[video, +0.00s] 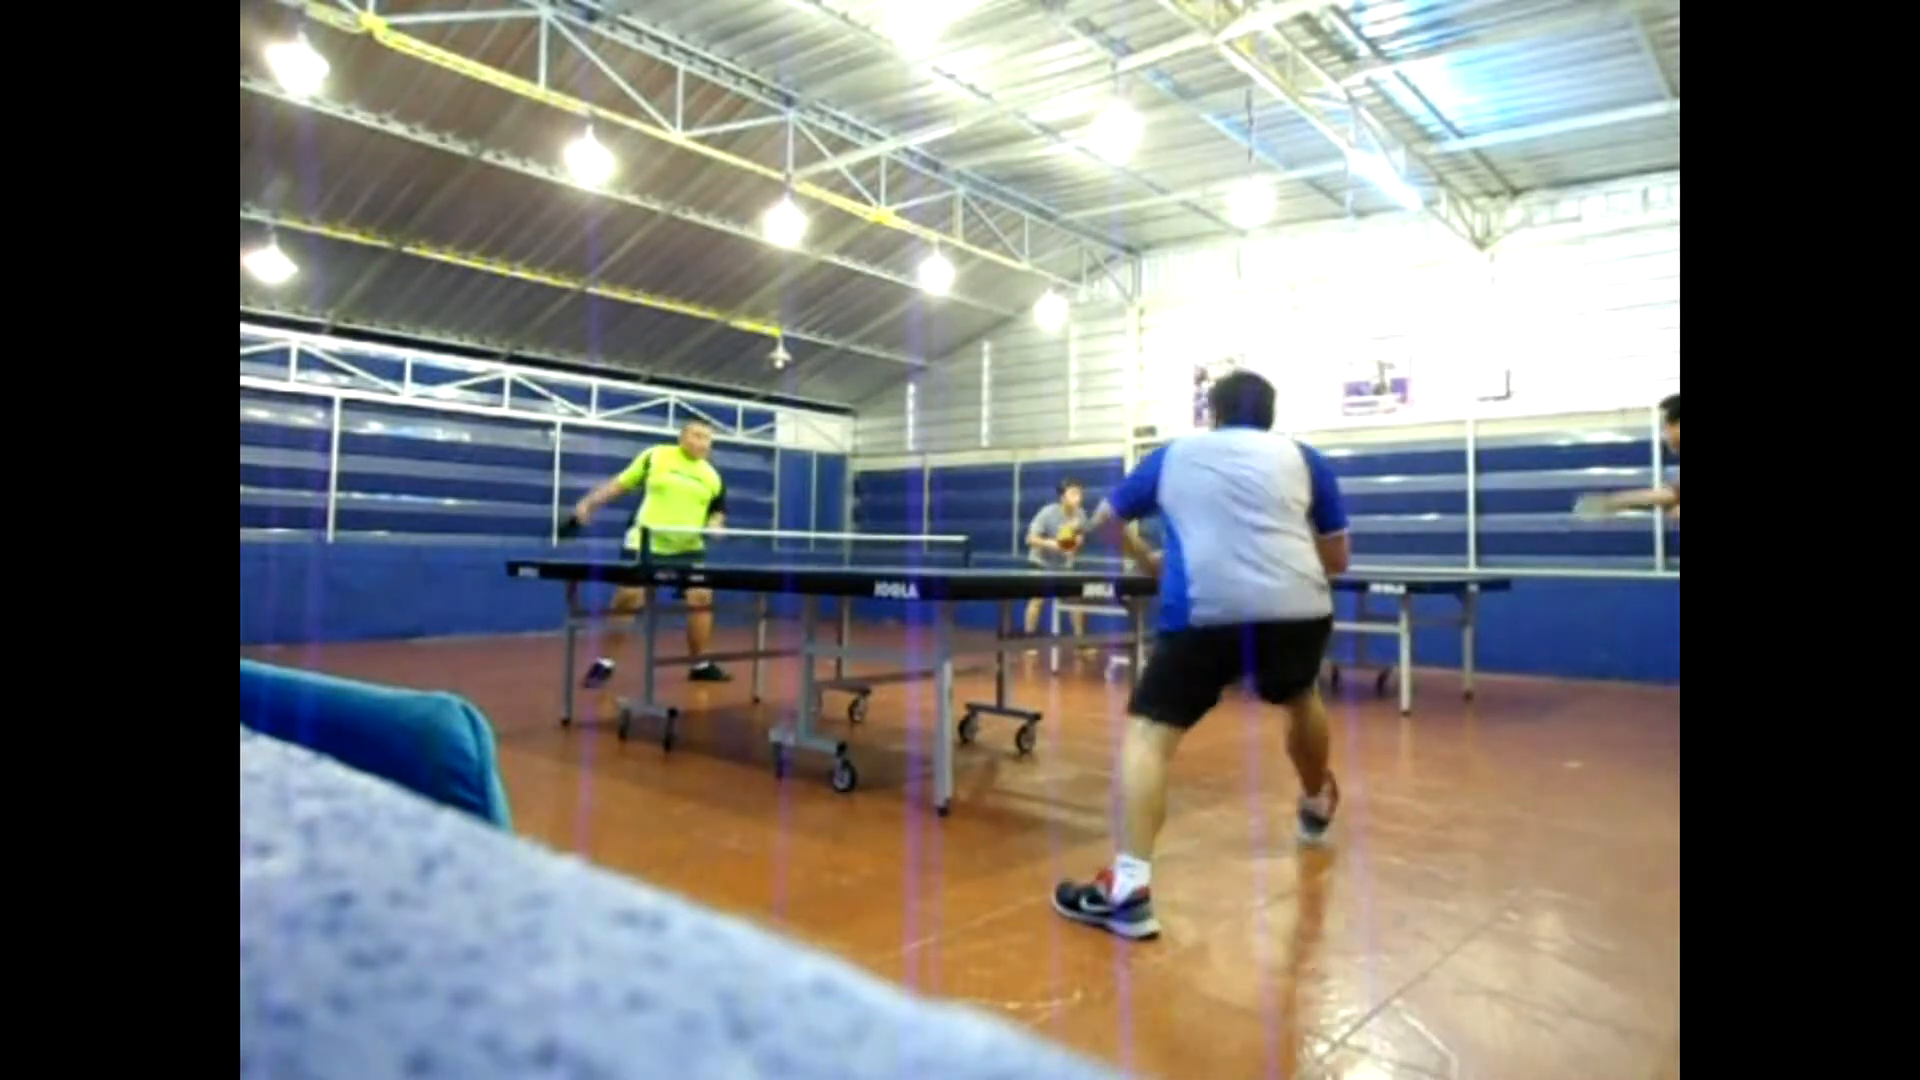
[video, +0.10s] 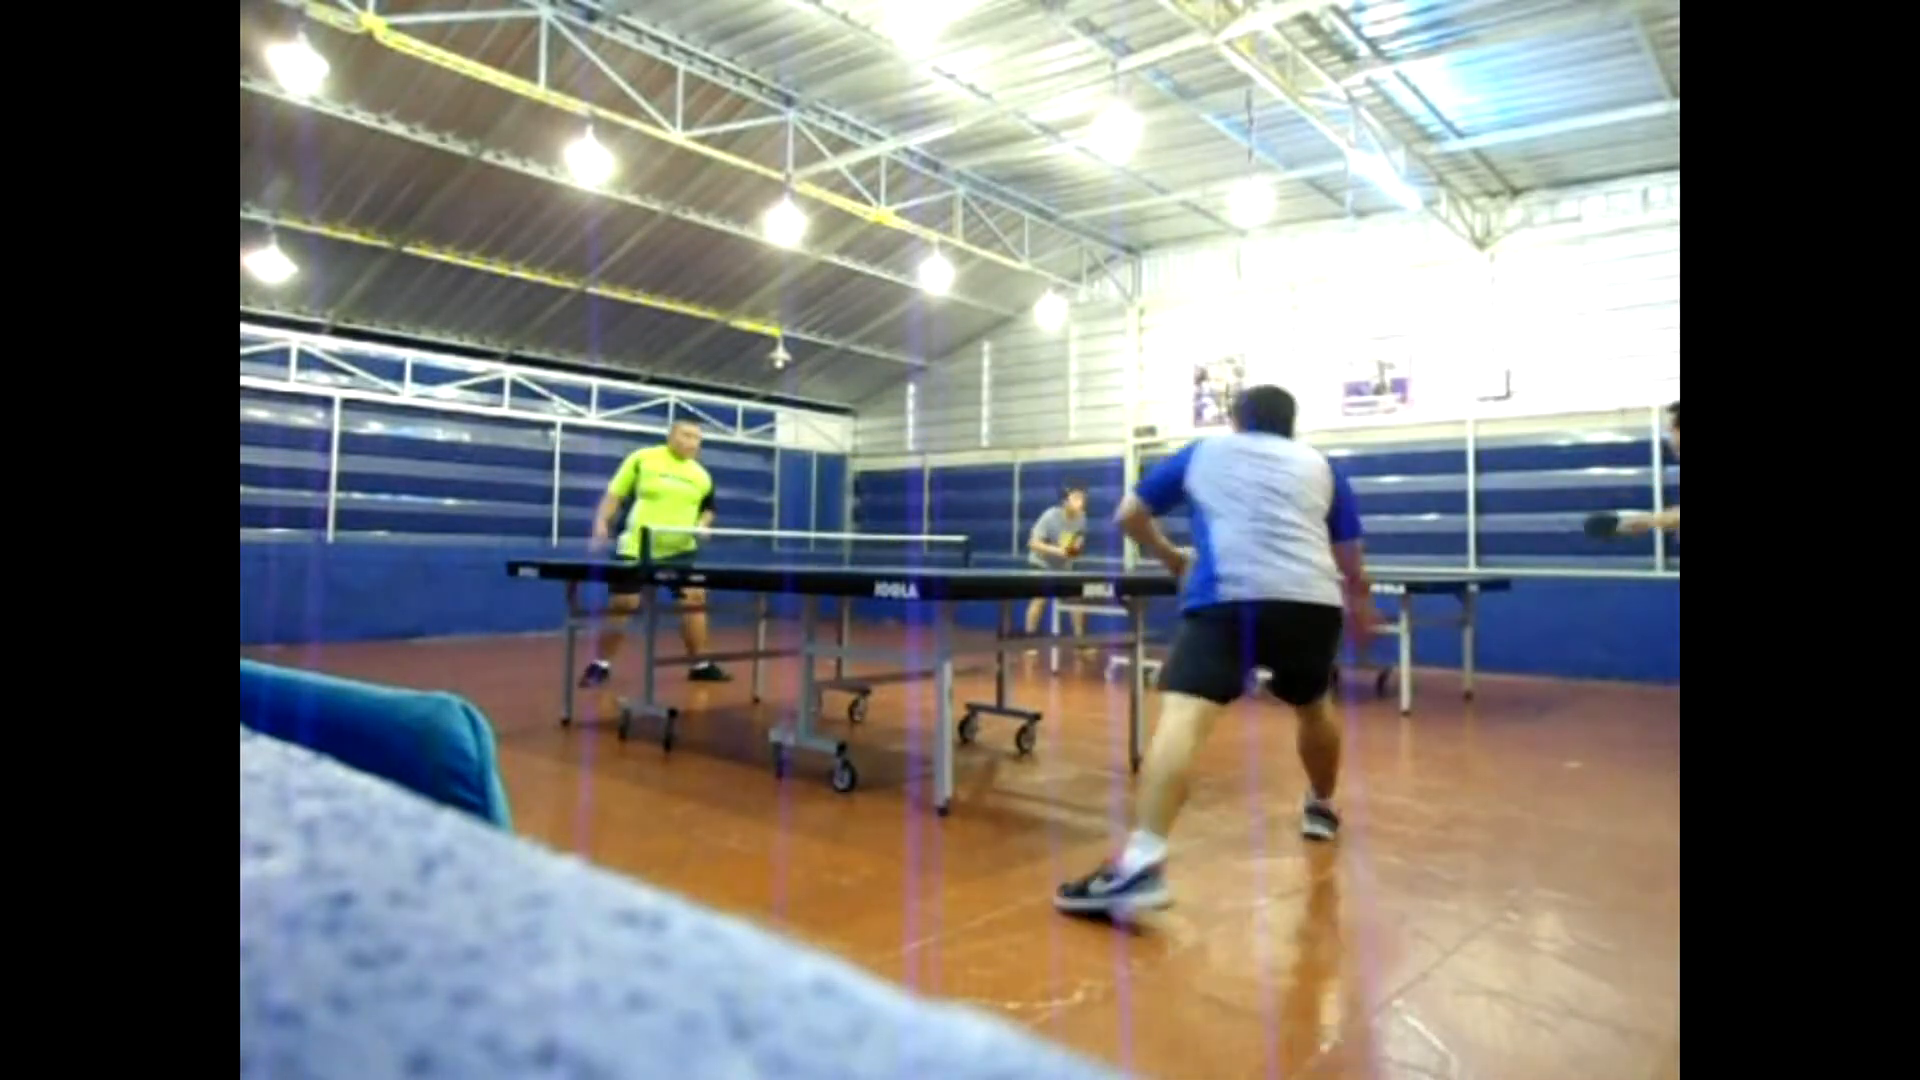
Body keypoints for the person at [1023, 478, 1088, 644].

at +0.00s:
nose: (1076, 498)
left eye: (1078, 493)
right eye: (1072, 493)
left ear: (1081, 496)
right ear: (1063, 496)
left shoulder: (1080, 515)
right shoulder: (1048, 513)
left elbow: (1082, 534)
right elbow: (1031, 537)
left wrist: (1075, 543)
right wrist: (1052, 545)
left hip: (1066, 563)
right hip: (1041, 563)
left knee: (1076, 600)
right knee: (1037, 599)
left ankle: (1080, 638)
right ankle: (1029, 636)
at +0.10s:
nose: (1080, 502)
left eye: (1082, 497)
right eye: (1076, 497)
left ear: (1084, 500)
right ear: (1066, 499)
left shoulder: (1081, 518)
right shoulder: (1051, 515)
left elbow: (1081, 537)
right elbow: (1034, 542)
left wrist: (1075, 547)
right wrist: (1057, 551)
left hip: (1065, 564)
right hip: (1042, 564)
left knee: (1077, 600)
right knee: (1040, 598)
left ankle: (1079, 639)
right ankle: (1029, 636)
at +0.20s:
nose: (1084, 506)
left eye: (1086, 502)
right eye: (1080, 501)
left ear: (1087, 504)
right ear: (1070, 503)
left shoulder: (1079, 519)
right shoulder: (1055, 517)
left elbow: (1073, 544)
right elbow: (1049, 547)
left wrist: (1085, 551)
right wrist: (1078, 551)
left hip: (1065, 564)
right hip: (1042, 564)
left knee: (1077, 600)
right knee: (1041, 597)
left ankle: (1079, 639)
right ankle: (1029, 636)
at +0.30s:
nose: (1087, 502)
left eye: (1088, 498)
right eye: (1083, 498)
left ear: (1089, 501)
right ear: (1072, 499)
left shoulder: (1079, 516)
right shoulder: (1060, 515)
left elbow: (1074, 539)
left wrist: (1077, 551)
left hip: (1065, 562)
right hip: (1044, 563)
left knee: (1076, 600)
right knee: (1042, 598)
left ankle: (1079, 639)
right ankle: (1029, 635)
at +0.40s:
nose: (1089, 496)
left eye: (1090, 492)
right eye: (1085, 491)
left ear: (1091, 495)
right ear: (1075, 493)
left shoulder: (1081, 511)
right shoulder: (1063, 510)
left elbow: (1078, 535)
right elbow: (1074, 530)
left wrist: (1080, 556)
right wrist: (1096, 527)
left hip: (1069, 561)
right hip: (1049, 561)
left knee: (1077, 601)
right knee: (1042, 598)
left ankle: (1079, 638)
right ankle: (1030, 635)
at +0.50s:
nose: (1089, 492)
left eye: (1091, 488)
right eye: (1085, 487)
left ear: (1091, 492)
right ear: (1076, 489)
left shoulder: (1082, 509)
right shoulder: (1064, 505)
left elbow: (1079, 529)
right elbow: (1069, 526)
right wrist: (1091, 522)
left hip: (1072, 560)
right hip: (1051, 559)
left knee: (1077, 600)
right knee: (1042, 596)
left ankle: (1079, 638)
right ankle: (1029, 633)